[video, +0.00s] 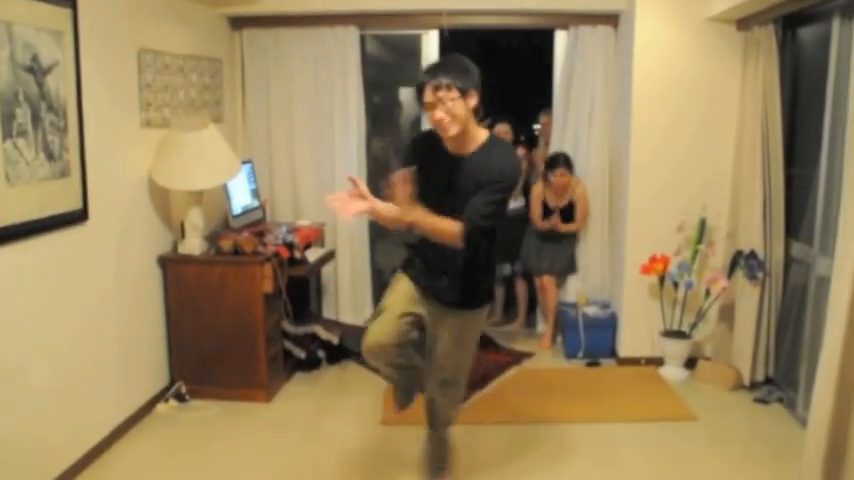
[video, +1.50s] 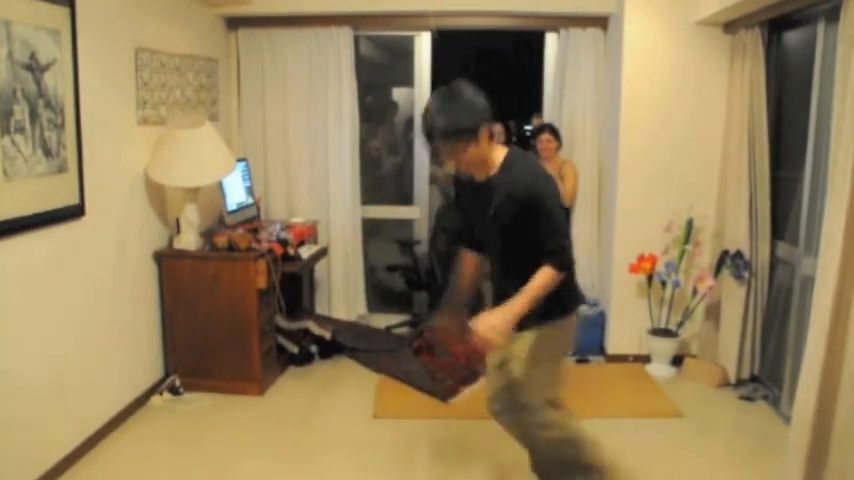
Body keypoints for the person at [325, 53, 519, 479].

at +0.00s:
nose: (438, 116)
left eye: (446, 103)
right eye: (430, 107)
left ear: (472, 100)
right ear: (424, 110)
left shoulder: (501, 161)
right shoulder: (424, 147)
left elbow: (468, 234)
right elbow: (414, 217)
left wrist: (402, 213)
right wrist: (377, 204)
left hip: (465, 292)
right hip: (419, 272)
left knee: (444, 385)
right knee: (378, 344)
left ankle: (437, 457)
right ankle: (412, 374)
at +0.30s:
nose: (410, 157)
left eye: (414, 144)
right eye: (402, 151)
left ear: (440, 135)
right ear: (397, 153)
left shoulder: (477, 190)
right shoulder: (421, 183)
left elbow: (448, 268)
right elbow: (412, 246)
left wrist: (379, 266)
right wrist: (356, 251)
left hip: (475, 307)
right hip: (437, 300)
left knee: (428, 386)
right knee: (430, 384)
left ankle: (386, 455)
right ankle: (498, 449)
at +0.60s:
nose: (437, 124)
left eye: (443, 110)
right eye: (426, 116)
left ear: (465, 105)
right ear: (418, 122)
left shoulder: (514, 148)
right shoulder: (427, 177)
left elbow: (536, 221)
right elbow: (464, 251)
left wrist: (490, 199)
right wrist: (462, 227)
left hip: (523, 285)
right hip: (473, 298)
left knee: (537, 376)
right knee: (500, 401)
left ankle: (516, 428)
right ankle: (535, 474)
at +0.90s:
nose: (476, 136)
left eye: (485, 124)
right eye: (468, 126)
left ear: (511, 122)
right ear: (460, 127)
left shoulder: (540, 181)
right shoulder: (450, 166)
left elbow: (526, 257)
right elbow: (400, 221)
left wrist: (463, 258)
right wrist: (417, 256)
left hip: (499, 298)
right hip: (449, 286)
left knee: (479, 396)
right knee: (456, 378)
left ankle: (444, 465)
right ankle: (463, 459)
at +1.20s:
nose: (452, 142)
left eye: (461, 131)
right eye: (447, 132)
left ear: (493, 128)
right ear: (442, 133)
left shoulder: (518, 193)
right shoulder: (452, 170)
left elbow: (539, 285)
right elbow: (429, 214)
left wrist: (527, 360)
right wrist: (378, 229)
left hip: (472, 324)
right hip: (426, 298)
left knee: (430, 407)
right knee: (383, 361)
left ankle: (395, 468)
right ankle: (474, 394)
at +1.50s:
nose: (452, 161)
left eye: (457, 149)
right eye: (445, 152)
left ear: (485, 134)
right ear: (444, 147)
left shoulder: (530, 180)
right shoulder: (469, 180)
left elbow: (558, 263)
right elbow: (471, 253)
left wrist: (505, 315)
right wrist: (453, 313)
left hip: (551, 314)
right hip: (510, 313)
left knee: (516, 402)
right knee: (514, 403)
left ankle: (588, 472)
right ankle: (562, 472)